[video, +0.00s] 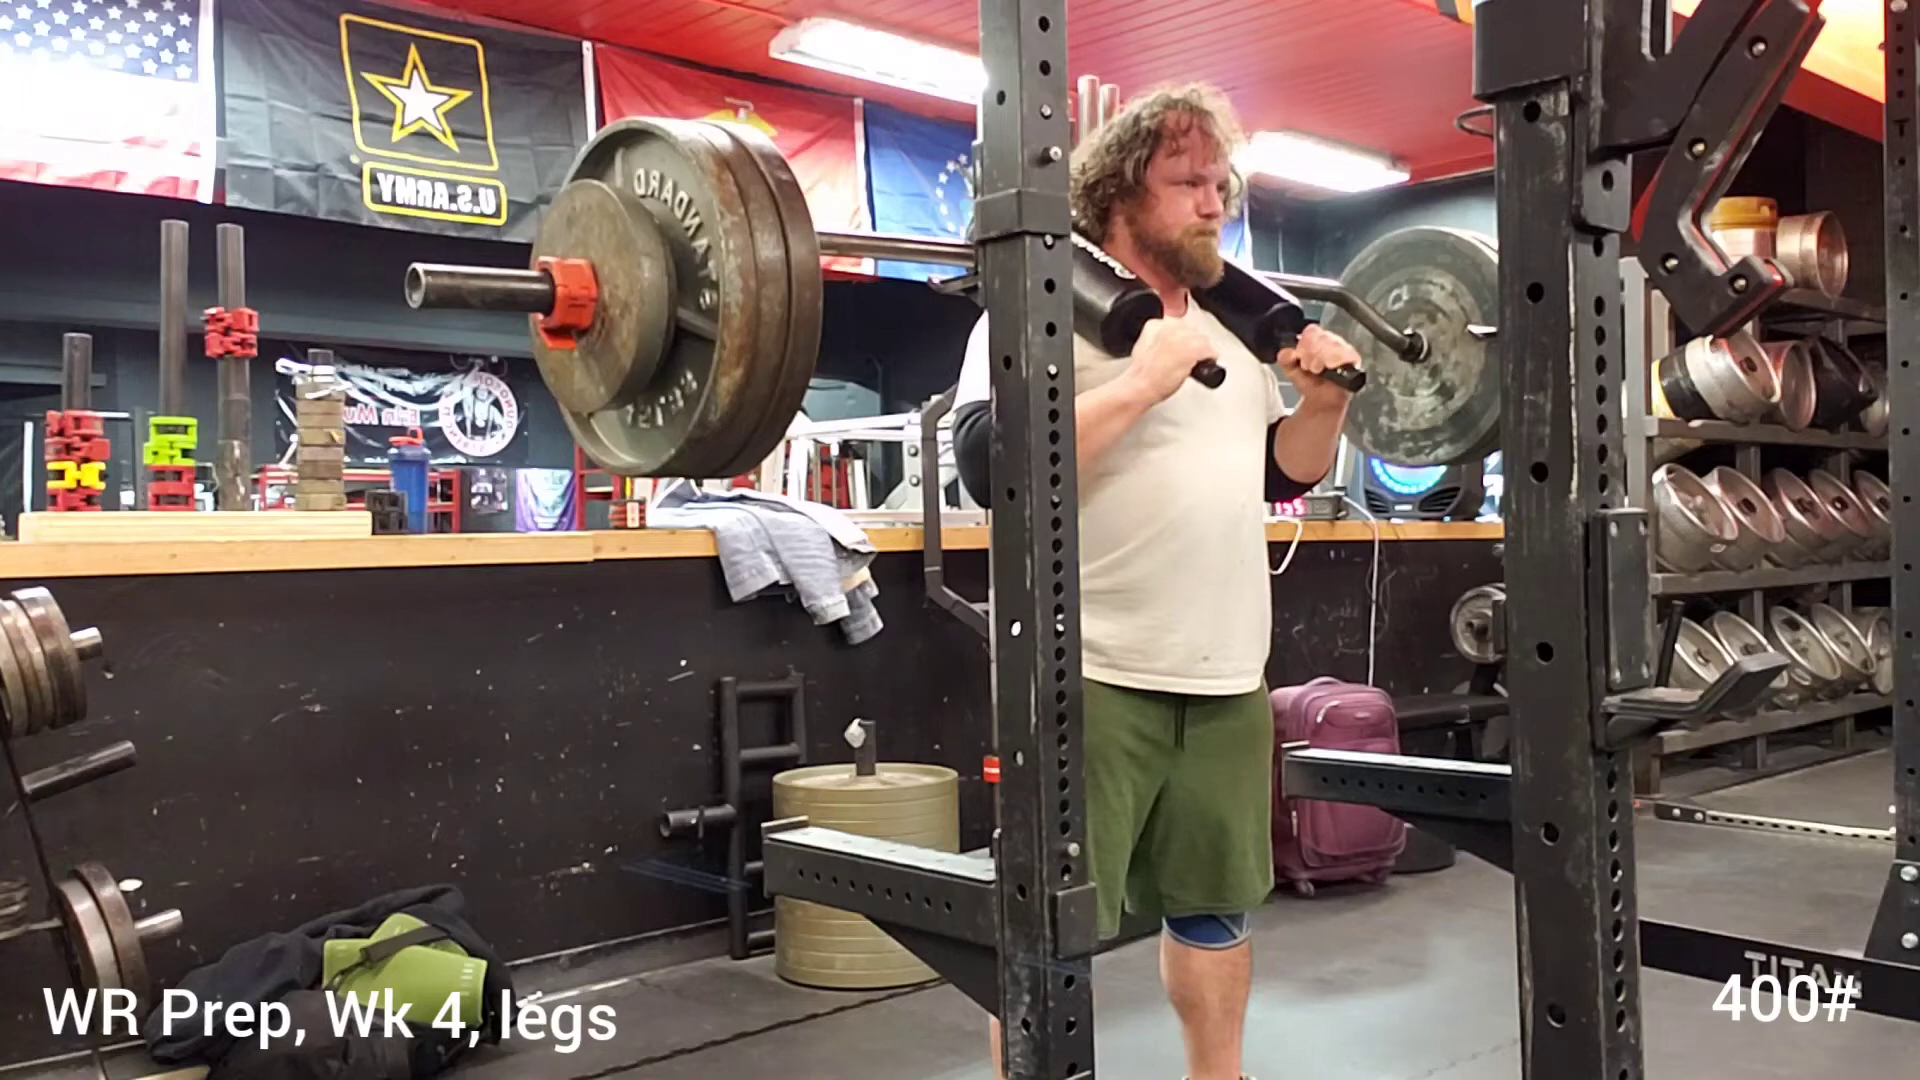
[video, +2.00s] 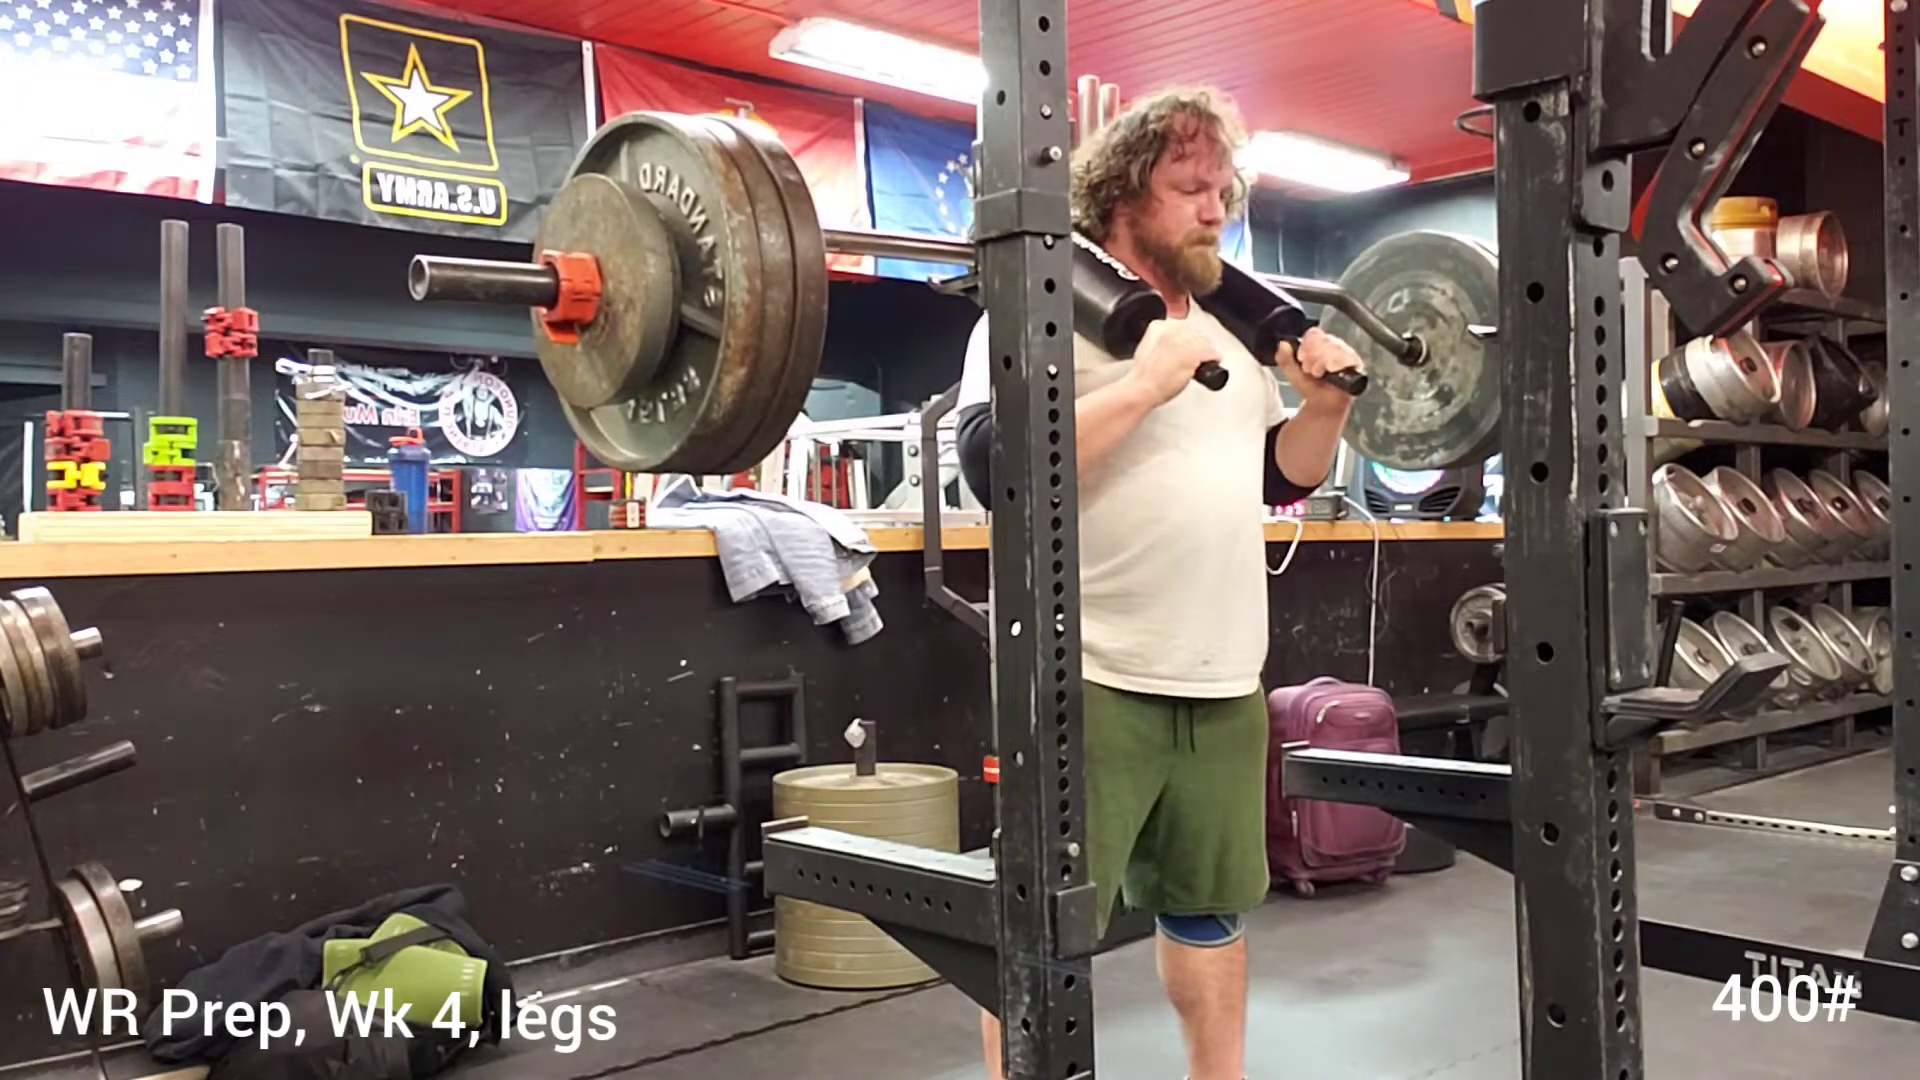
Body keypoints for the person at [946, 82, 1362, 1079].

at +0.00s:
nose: (1217, 200)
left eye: (1220, 179)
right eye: (1191, 178)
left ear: (1224, 192)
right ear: (1122, 188)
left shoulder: (1238, 322)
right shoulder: (1039, 306)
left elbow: (1295, 471)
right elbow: (990, 467)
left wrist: (1324, 394)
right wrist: (1135, 387)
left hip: (1228, 678)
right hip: (1091, 674)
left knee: (1214, 918)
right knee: (1055, 927)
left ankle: (1218, 1074)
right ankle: (1021, 1071)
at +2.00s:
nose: (1218, 211)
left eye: (1224, 189)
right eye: (1194, 187)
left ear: (1227, 197)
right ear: (1124, 194)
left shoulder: (1233, 326)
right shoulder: (1036, 310)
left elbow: (1289, 476)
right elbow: (996, 470)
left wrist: (1324, 401)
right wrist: (1139, 387)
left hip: (1225, 679)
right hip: (1090, 675)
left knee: (1208, 920)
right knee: (1047, 929)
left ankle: (1218, 1075)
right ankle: (1019, 1073)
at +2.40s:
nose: (1227, 258)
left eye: (1234, 237)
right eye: (1202, 236)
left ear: (1243, 244)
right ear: (1132, 244)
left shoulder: (1241, 369)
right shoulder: (1056, 357)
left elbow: (1295, 525)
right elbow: (1026, 536)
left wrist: (1331, 459)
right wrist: (1145, 457)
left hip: (1209, 705)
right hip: (1075, 708)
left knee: (1267, 897)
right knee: (1050, 941)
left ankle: (1228, 1072)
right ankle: (1018, 1071)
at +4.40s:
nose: (1270, 497)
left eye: (1277, 479)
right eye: (1246, 479)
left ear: (1288, 480)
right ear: (1176, 481)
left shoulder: (1269, 571)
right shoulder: (1079, 573)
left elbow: (1323, 746)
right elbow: (1033, 768)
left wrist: (1356, 691)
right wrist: (1171, 720)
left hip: (1184, 815)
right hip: (1044, 823)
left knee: (1322, 909)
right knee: (1085, 954)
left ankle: (1239, 1073)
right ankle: (1028, 1069)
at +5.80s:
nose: (1240, 205)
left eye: (1245, 185)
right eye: (1214, 184)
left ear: (1247, 194)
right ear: (1143, 191)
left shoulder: (1248, 321)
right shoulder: (1050, 299)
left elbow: (1291, 477)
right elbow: (988, 473)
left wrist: (1332, 409)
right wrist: (1137, 395)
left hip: (1220, 682)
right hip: (1092, 679)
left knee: (1212, 918)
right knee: (1053, 934)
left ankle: (1220, 1073)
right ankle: (1023, 1072)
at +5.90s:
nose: (1239, 227)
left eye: (1244, 206)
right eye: (1213, 207)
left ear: (1249, 213)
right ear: (1143, 219)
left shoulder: (1247, 332)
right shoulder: (1055, 315)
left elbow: (1294, 491)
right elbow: (995, 489)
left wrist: (1335, 423)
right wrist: (1135, 411)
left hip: (1201, 685)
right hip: (1064, 686)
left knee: (1242, 894)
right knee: (1047, 929)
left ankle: (1223, 1072)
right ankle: (1020, 1074)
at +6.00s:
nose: (1239, 260)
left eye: (1245, 240)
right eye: (1214, 240)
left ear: (1252, 250)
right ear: (1145, 249)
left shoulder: (1250, 364)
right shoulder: (1058, 355)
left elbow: (1307, 536)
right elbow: (1002, 527)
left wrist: (1335, 469)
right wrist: (1144, 460)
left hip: (1195, 701)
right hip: (1057, 703)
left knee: (1267, 890)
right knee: (1047, 938)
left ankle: (1230, 1074)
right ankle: (1014, 1073)